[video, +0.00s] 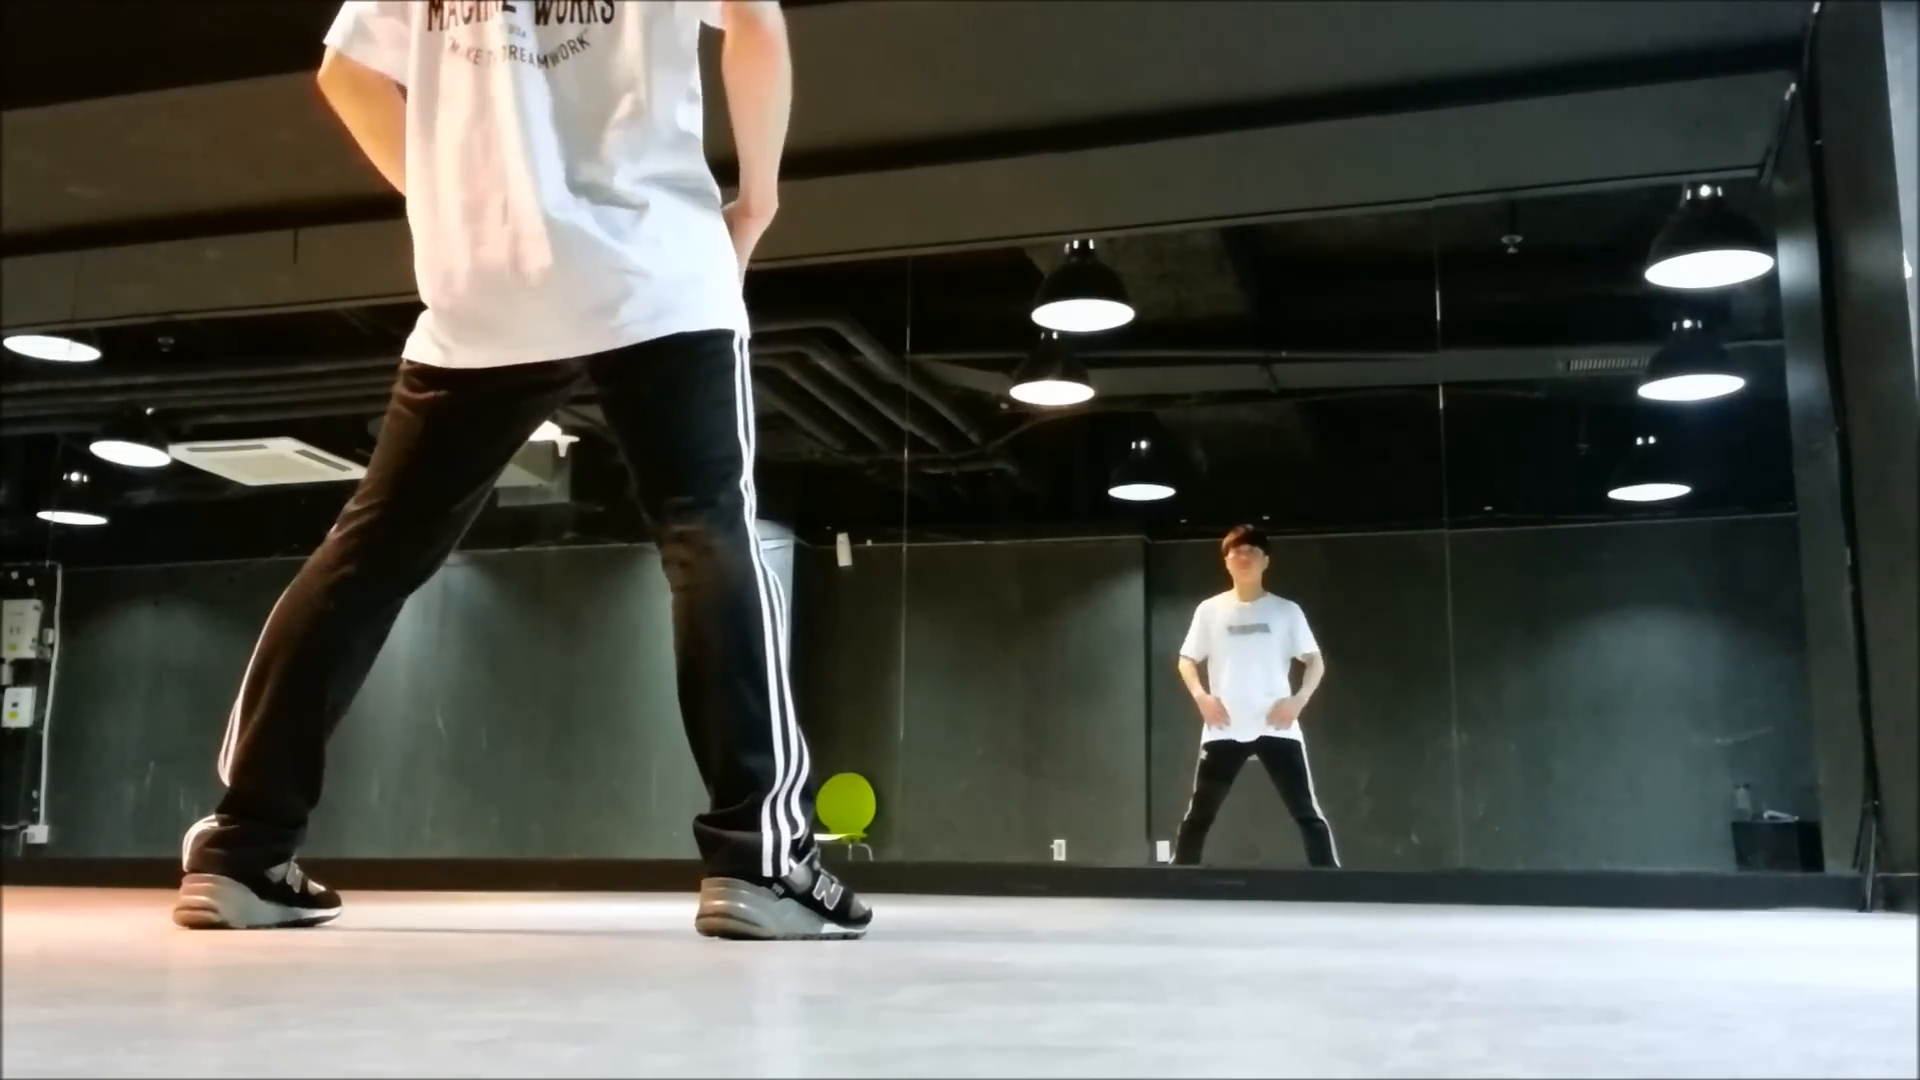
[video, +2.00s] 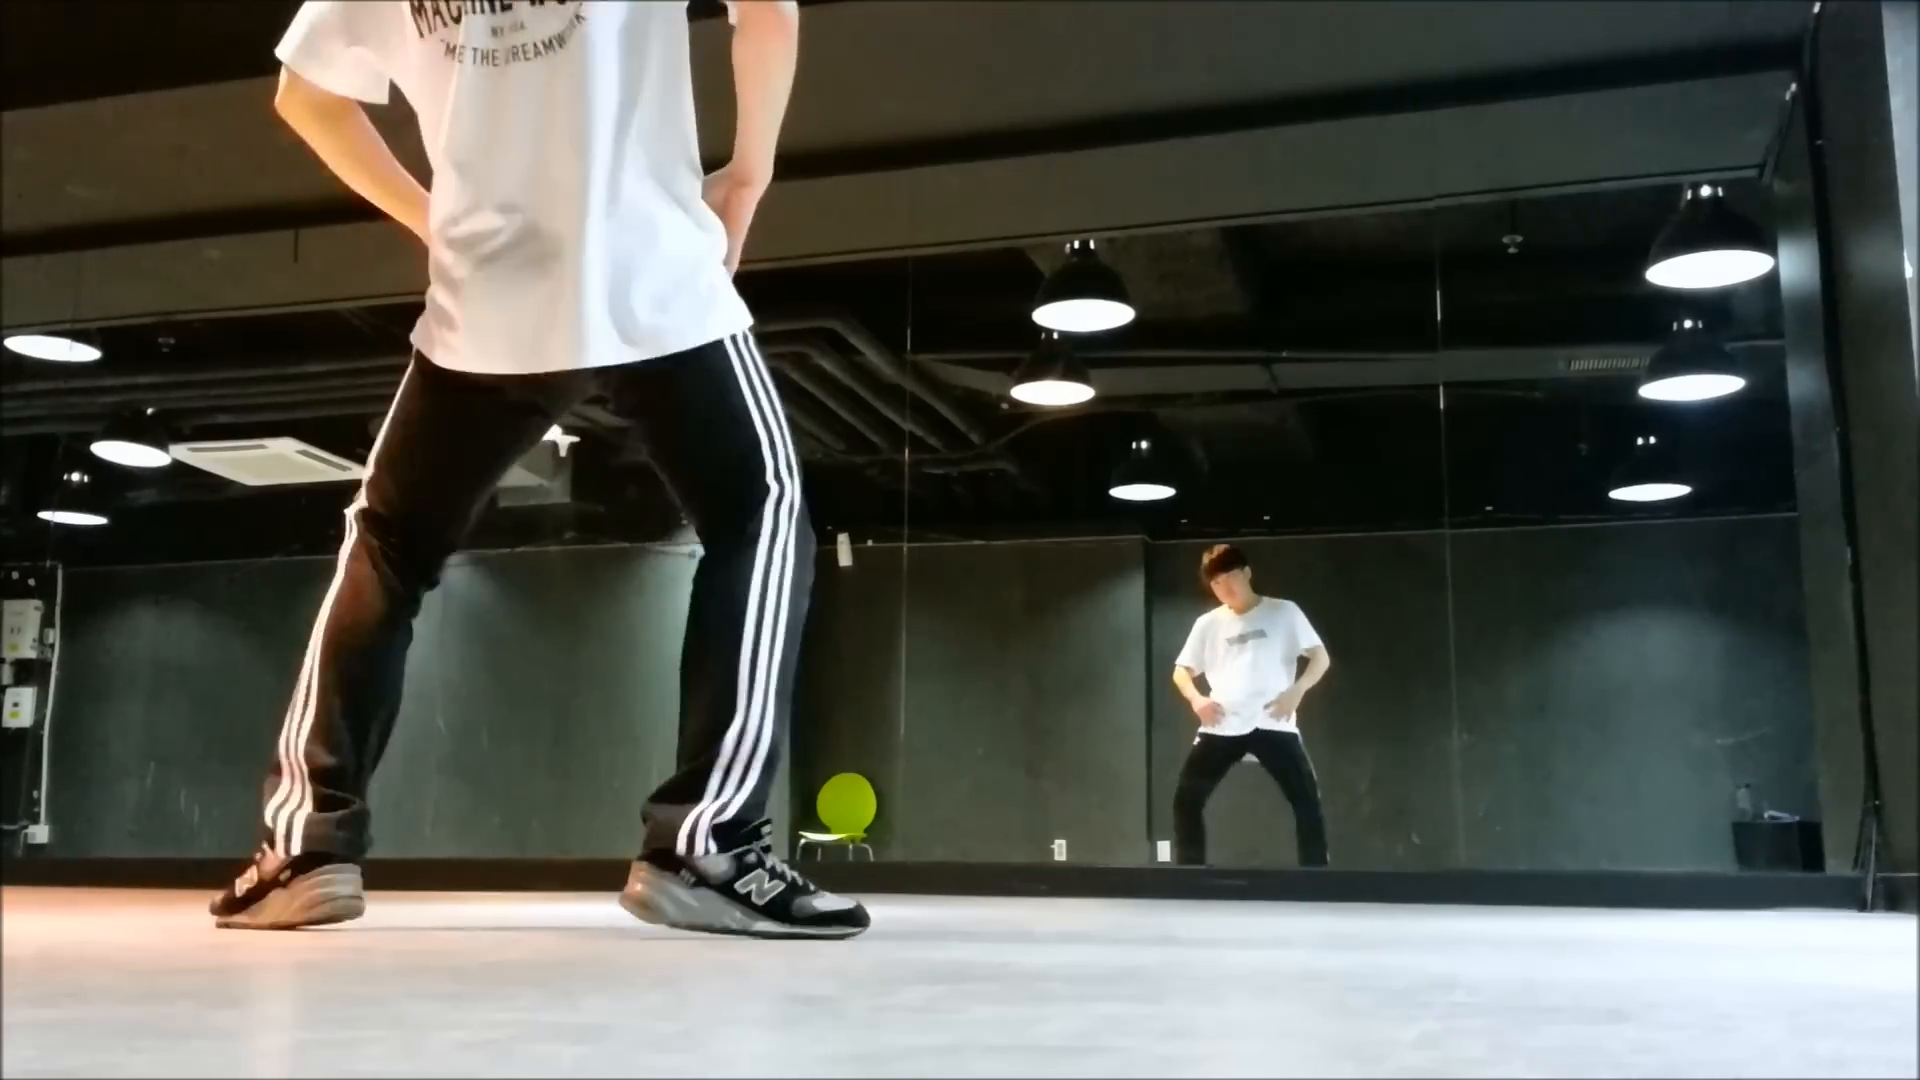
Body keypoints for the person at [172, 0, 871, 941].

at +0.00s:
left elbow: (350, 69)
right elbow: (754, 22)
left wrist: (458, 198)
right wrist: (758, 190)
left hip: (482, 254)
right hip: (655, 251)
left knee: (370, 551)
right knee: (710, 539)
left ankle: (238, 848)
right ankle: (760, 856)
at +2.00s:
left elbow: (306, 92)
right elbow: (766, 11)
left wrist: (431, 216)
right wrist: (746, 174)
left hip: (485, 280)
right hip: (654, 267)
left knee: (386, 549)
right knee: (761, 515)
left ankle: (307, 840)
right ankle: (706, 843)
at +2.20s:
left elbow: (296, 99)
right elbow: (761, 5)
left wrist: (417, 237)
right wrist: (745, 170)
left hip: (479, 287)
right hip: (648, 270)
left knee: (388, 563)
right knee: (770, 531)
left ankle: (298, 845)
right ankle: (707, 847)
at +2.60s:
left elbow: (304, 123)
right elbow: (766, 67)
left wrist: (391, 275)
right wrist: (725, 257)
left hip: (435, 325)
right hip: (597, 328)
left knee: (421, 634)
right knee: (670, 622)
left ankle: (156, 843)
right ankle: (770, 855)